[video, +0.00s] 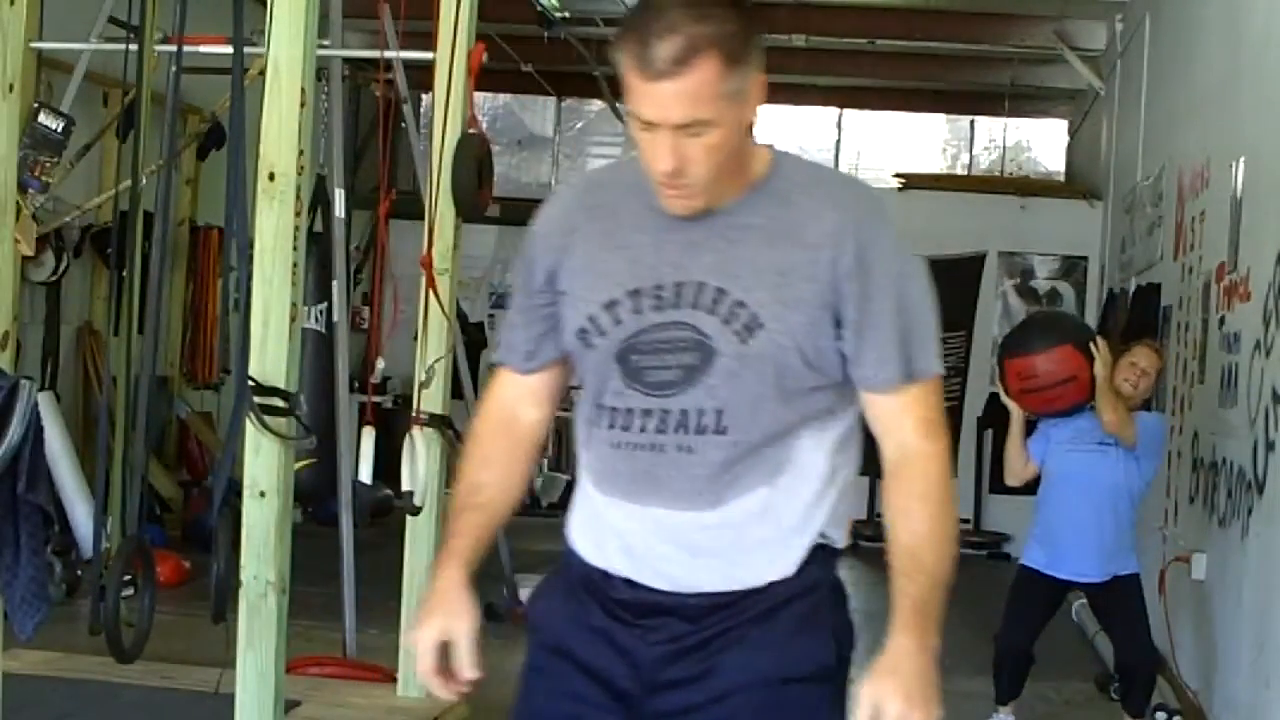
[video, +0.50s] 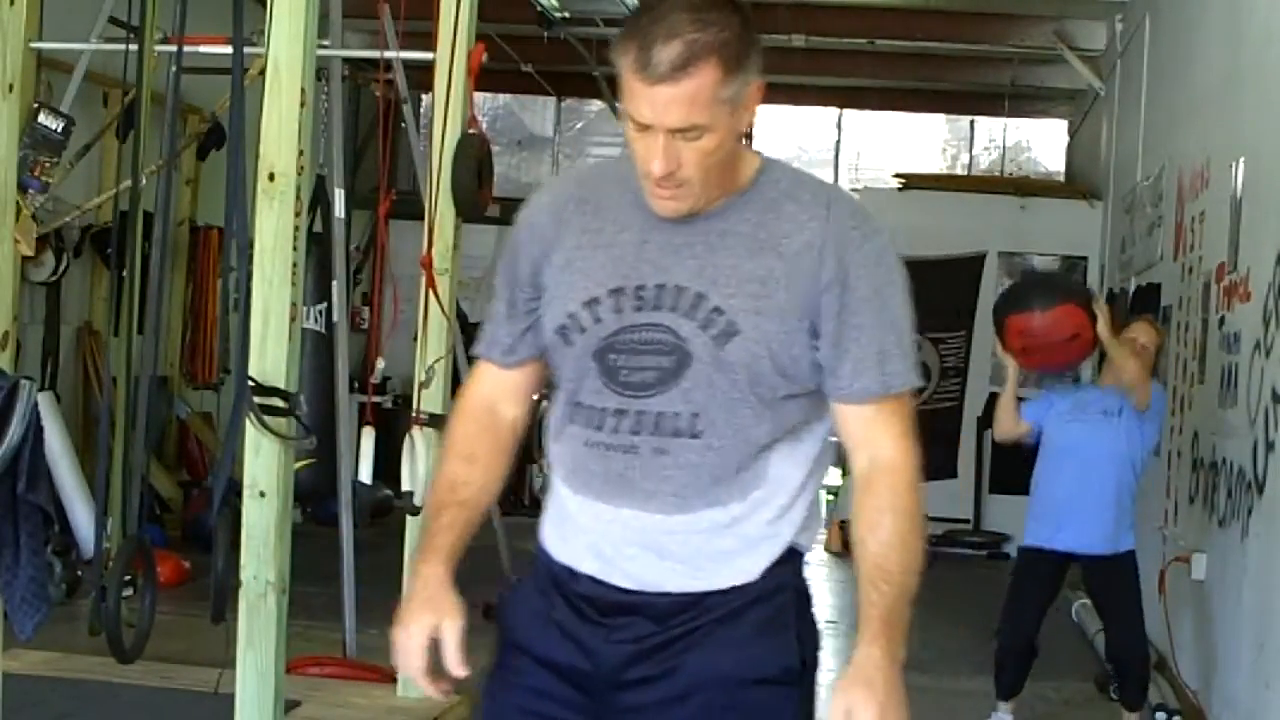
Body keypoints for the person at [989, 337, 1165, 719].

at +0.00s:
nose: (1137, 376)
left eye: (1148, 374)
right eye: (1132, 365)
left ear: (1153, 387)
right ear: (1112, 365)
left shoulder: (1152, 426)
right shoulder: (1058, 424)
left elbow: (1113, 421)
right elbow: (1015, 476)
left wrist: (1103, 377)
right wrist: (1017, 414)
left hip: (1113, 567)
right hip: (1046, 561)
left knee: (1140, 657)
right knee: (1012, 643)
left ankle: (1135, 712)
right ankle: (1005, 708)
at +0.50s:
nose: (1138, 350)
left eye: (1147, 346)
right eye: (1132, 341)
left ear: (1155, 363)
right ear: (1110, 347)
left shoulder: (1149, 405)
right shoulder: (1059, 398)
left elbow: (1131, 376)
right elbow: (1005, 429)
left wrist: (1106, 338)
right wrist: (1011, 373)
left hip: (1110, 546)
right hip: (1045, 540)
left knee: (1132, 646)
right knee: (1014, 636)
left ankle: (1132, 712)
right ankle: (1004, 708)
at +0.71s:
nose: (1127, 327)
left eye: (1133, 322)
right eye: (1120, 319)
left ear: (1139, 331)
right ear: (1102, 325)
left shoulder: (1144, 376)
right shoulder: (1059, 367)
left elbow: (1152, 314)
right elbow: (1004, 355)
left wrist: (1117, 269)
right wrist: (1019, 296)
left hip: (1108, 520)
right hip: (1046, 514)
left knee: (1117, 623)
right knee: (1027, 613)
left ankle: (1132, 714)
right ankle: (1004, 711)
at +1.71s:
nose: (1127, 331)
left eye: (1134, 327)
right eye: (1120, 323)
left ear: (1140, 337)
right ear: (1102, 327)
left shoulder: (1144, 379)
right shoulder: (1058, 371)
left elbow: (1152, 325)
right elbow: (1000, 371)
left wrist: (1115, 278)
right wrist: (1020, 315)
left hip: (1112, 521)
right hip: (1048, 515)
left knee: (1117, 626)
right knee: (1031, 615)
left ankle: (1133, 716)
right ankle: (1004, 712)